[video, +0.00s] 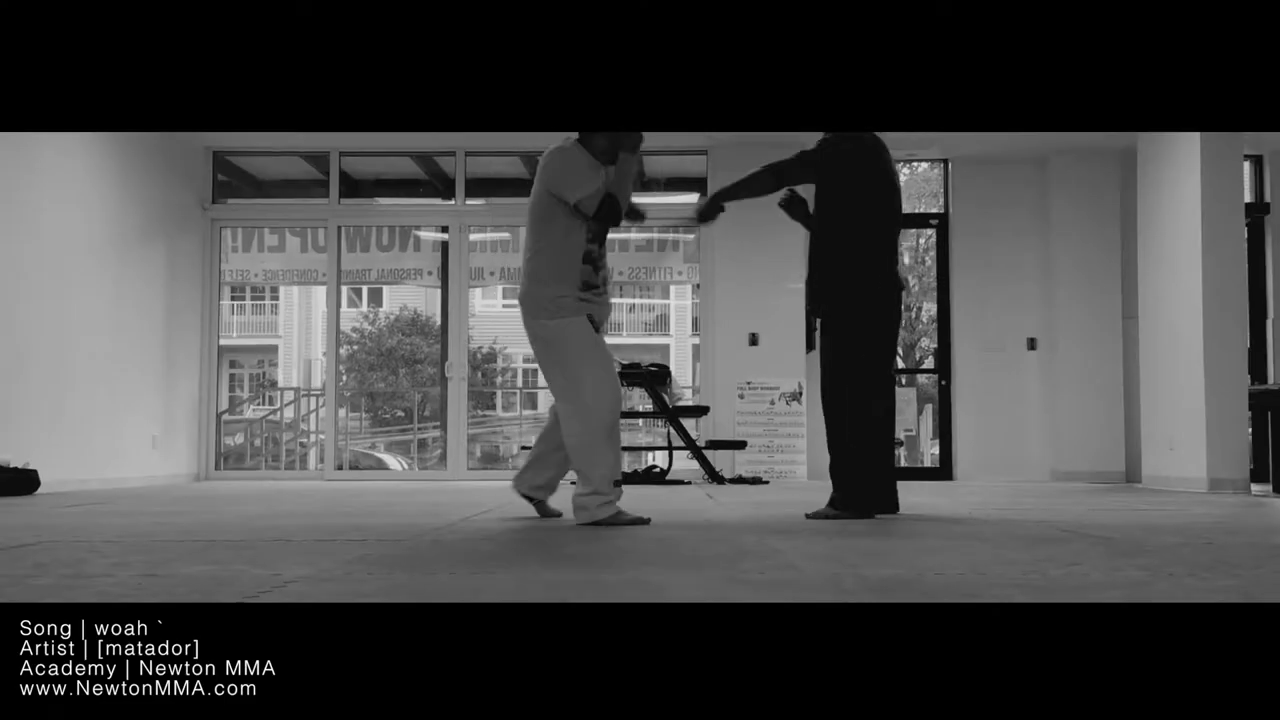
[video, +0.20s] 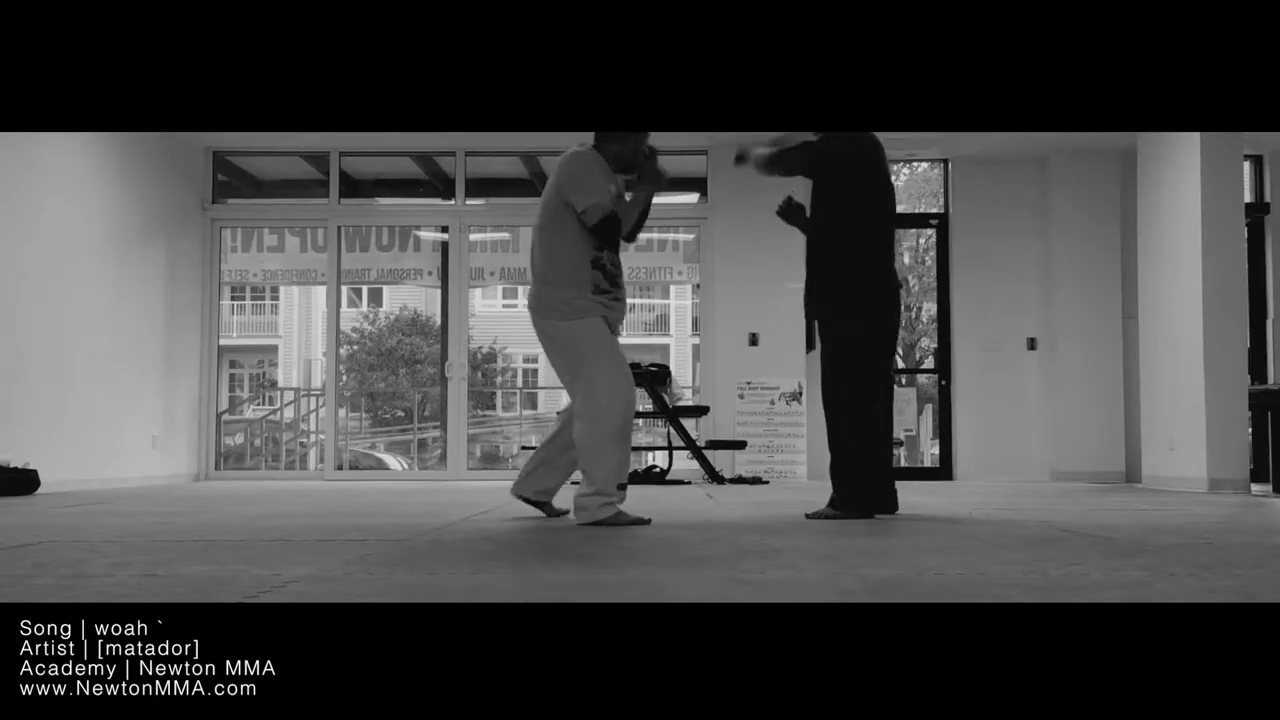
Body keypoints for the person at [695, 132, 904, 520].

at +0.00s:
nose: (818, 143)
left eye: (822, 139)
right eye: (821, 142)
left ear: (832, 133)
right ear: (862, 129)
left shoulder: (845, 150)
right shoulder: (873, 158)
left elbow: (778, 174)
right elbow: (844, 236)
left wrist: (719, 198)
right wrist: (805, 216)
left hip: (851, 299)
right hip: (875, 296)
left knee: (845, 395)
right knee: (870, 394)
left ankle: (852, 499)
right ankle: (878, 496)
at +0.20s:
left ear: (826, 129)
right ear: (859, 126)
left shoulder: (838, 148)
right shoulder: (866, 155)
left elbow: (779, 162)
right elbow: (843, 236)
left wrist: (752, 155)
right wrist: (801, 220)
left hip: (850, 300)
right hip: (872, 297)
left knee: (845, 397)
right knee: (869, 396)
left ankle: (851, 500)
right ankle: (877, 496)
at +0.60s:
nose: (814, 138)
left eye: (817, 135)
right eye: (814, 136)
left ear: (834, 129)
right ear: (834, 135)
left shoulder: (869, 148)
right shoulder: (833, 168)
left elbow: (842, 169)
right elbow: (804, 229)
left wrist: (785, 162)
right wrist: (757, 228)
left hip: (859, 299)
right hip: (835, 301)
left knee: (851, 398)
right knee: (850, 398)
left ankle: (855, 498)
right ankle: (872, 491)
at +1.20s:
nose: (812, 140)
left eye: (814, 136)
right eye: (813, 137)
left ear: (826, 133)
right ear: (842, 130)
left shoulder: (851, 154)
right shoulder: (852, 165)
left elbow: (783, 161)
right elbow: (818, 235)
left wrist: (735, 148)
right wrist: (781, 201)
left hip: (851, 304)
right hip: (849, 303)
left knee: (848, 400)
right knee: (849, 401)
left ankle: (854, 500)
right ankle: (855, 499)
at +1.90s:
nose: (785, 148)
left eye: (787, 139)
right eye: (784, 142)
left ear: (804, 137)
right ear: (818, 138)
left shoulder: (841, 168)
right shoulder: (832, 170)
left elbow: (816, 215)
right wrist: (785, 229)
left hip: (850, 312)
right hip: (838, 310)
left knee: (846, 400)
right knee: (842, 399)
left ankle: (850, 496)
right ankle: (854, 493)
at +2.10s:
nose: (781, 142)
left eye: (784, 135)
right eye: (780, 137)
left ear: (803, 134)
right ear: (807, 136)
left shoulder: (834, 167)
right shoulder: (813, 170)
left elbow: (805, 233)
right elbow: (819, 234)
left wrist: (733, 227)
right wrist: (780, 221)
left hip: (858, 305)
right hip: (838, 303)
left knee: (853, 395)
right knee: (845, 395)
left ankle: (852, 496)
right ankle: (858, 491)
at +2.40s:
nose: (772, 148)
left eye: (776, 141)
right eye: (771, 143)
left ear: (797, 138)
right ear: (791, 142)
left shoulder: (835, 169)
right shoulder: (795, 172)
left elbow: (834, 245)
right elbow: (772, 223)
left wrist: (774, 261)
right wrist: (734, 246)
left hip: (861, 296)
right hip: (832, 297)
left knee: (855, 391)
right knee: (838, 390)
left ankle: (848, 495)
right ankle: (862, 487)